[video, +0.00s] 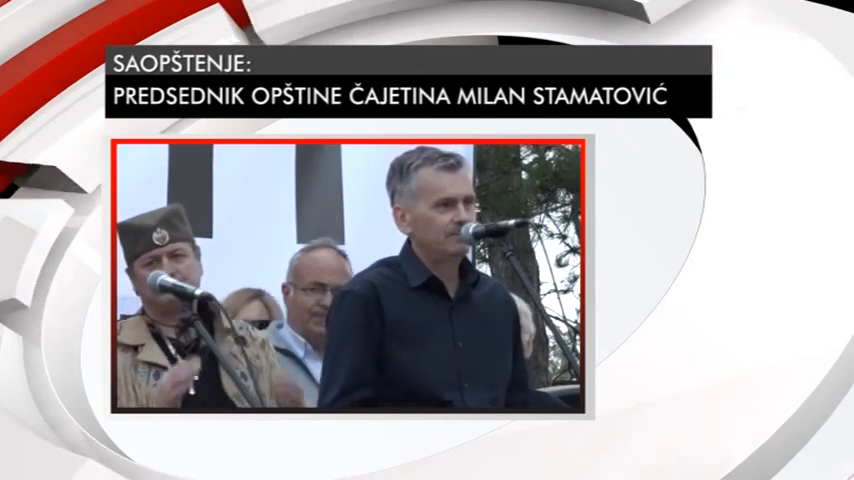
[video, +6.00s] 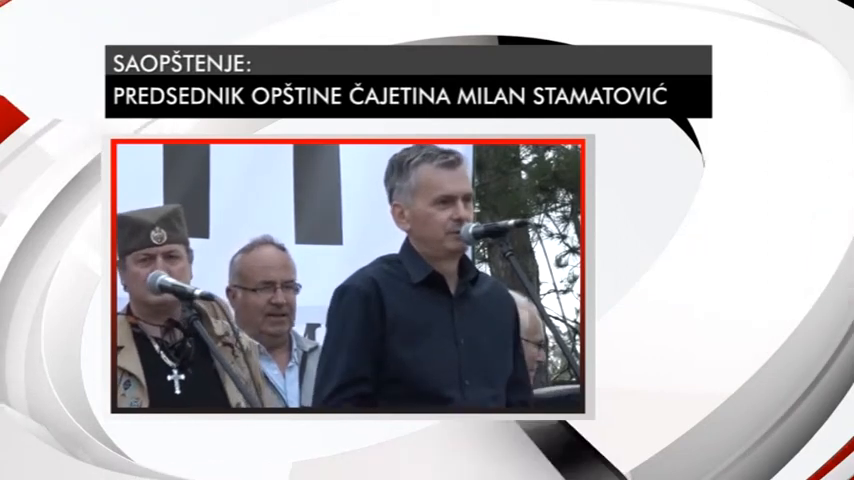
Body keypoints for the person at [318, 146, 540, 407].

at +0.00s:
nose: (463, 218)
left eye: (468, 203)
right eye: (445, 206)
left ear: (477, 207)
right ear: (402, 218)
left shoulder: (497, 300)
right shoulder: (365, 297)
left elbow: (520, 404)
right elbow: (339, 413)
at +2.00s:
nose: (459, 214)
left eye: (465, 201)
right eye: (441, 203)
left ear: (474, 206)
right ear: (401, 217)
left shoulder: (500, 302)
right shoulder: (361, 298)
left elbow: (520, 408)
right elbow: (331, 411)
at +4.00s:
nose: (462, 214)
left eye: (467, 201)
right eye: (444, 202)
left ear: (475, 206)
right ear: (402, 215)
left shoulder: (499, 301)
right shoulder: (360, 296)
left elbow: (520, 405)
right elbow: (328, 408)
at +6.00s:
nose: (462, 214)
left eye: (467, 201)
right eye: (444, 203)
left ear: (474, 205)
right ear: (401, 215)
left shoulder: (497, 299)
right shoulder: (364, 296)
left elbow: (519, 407)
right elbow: (336, 412)